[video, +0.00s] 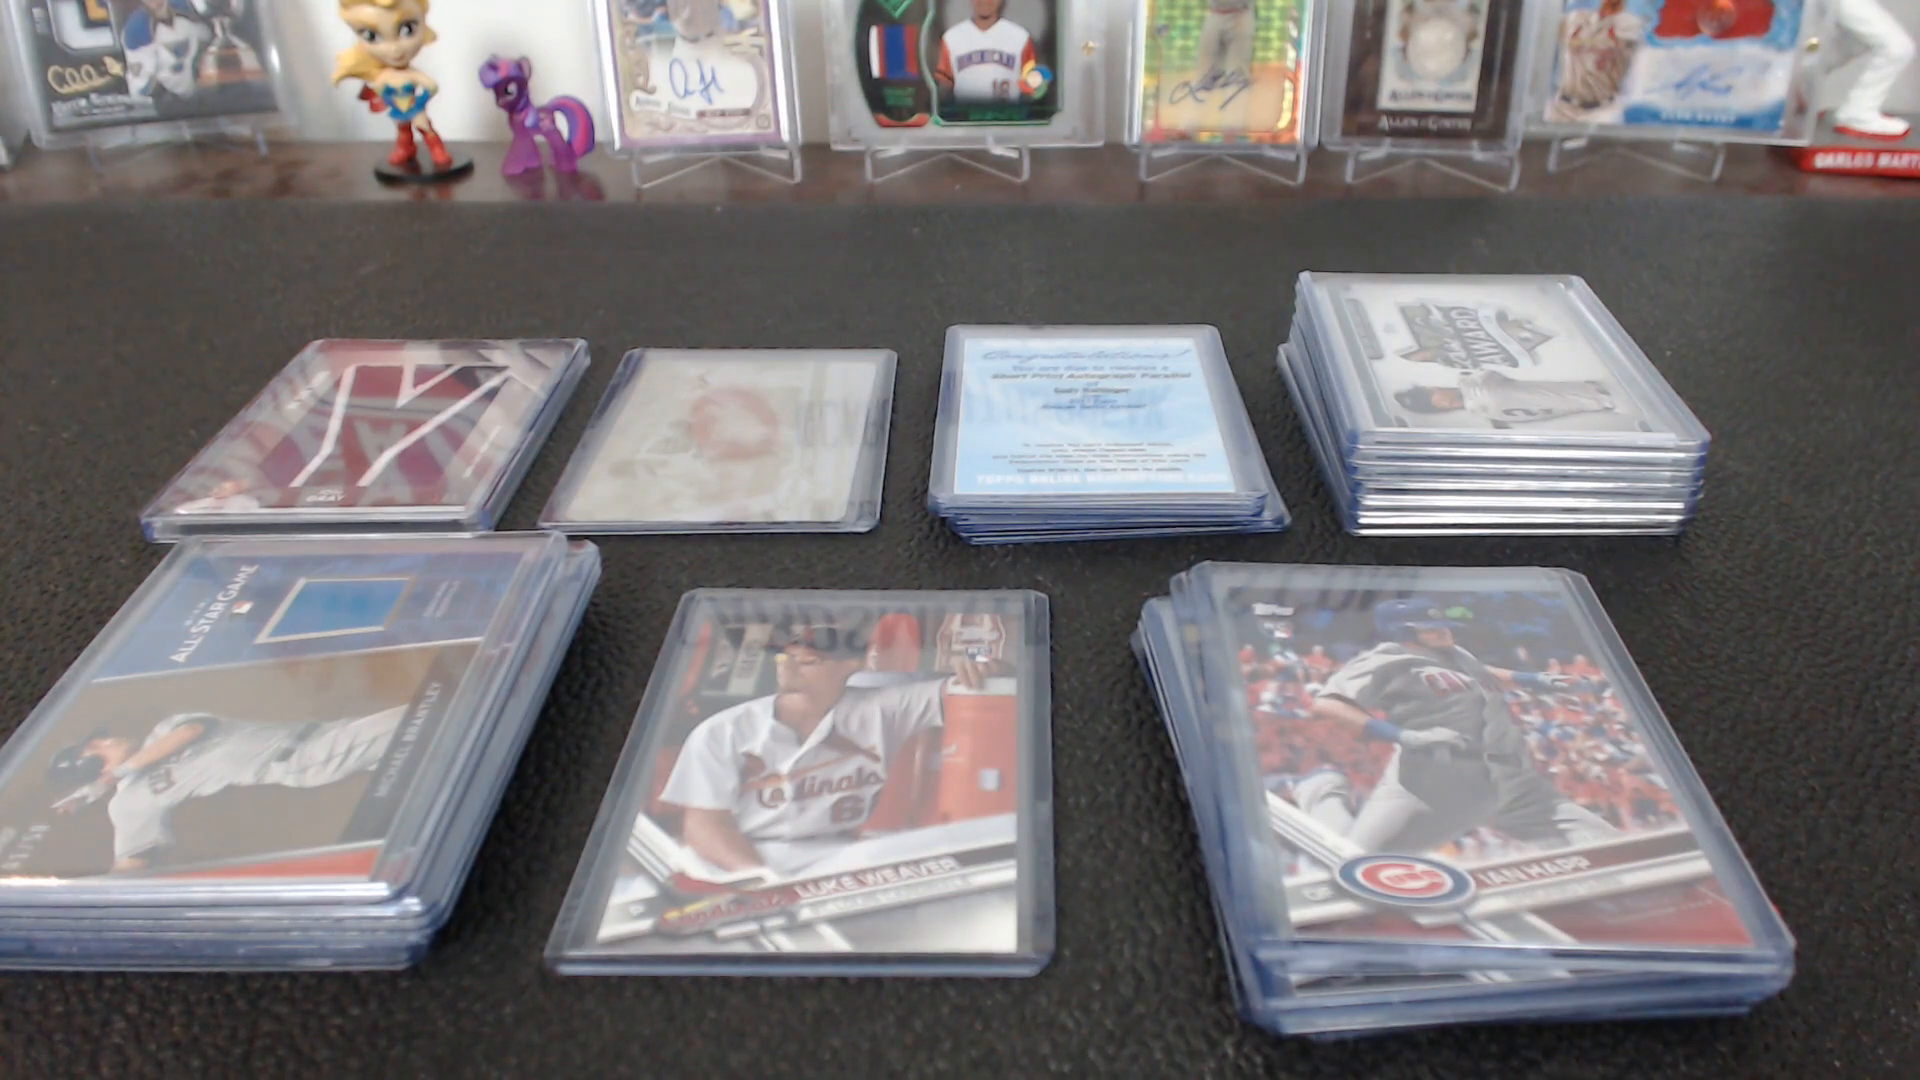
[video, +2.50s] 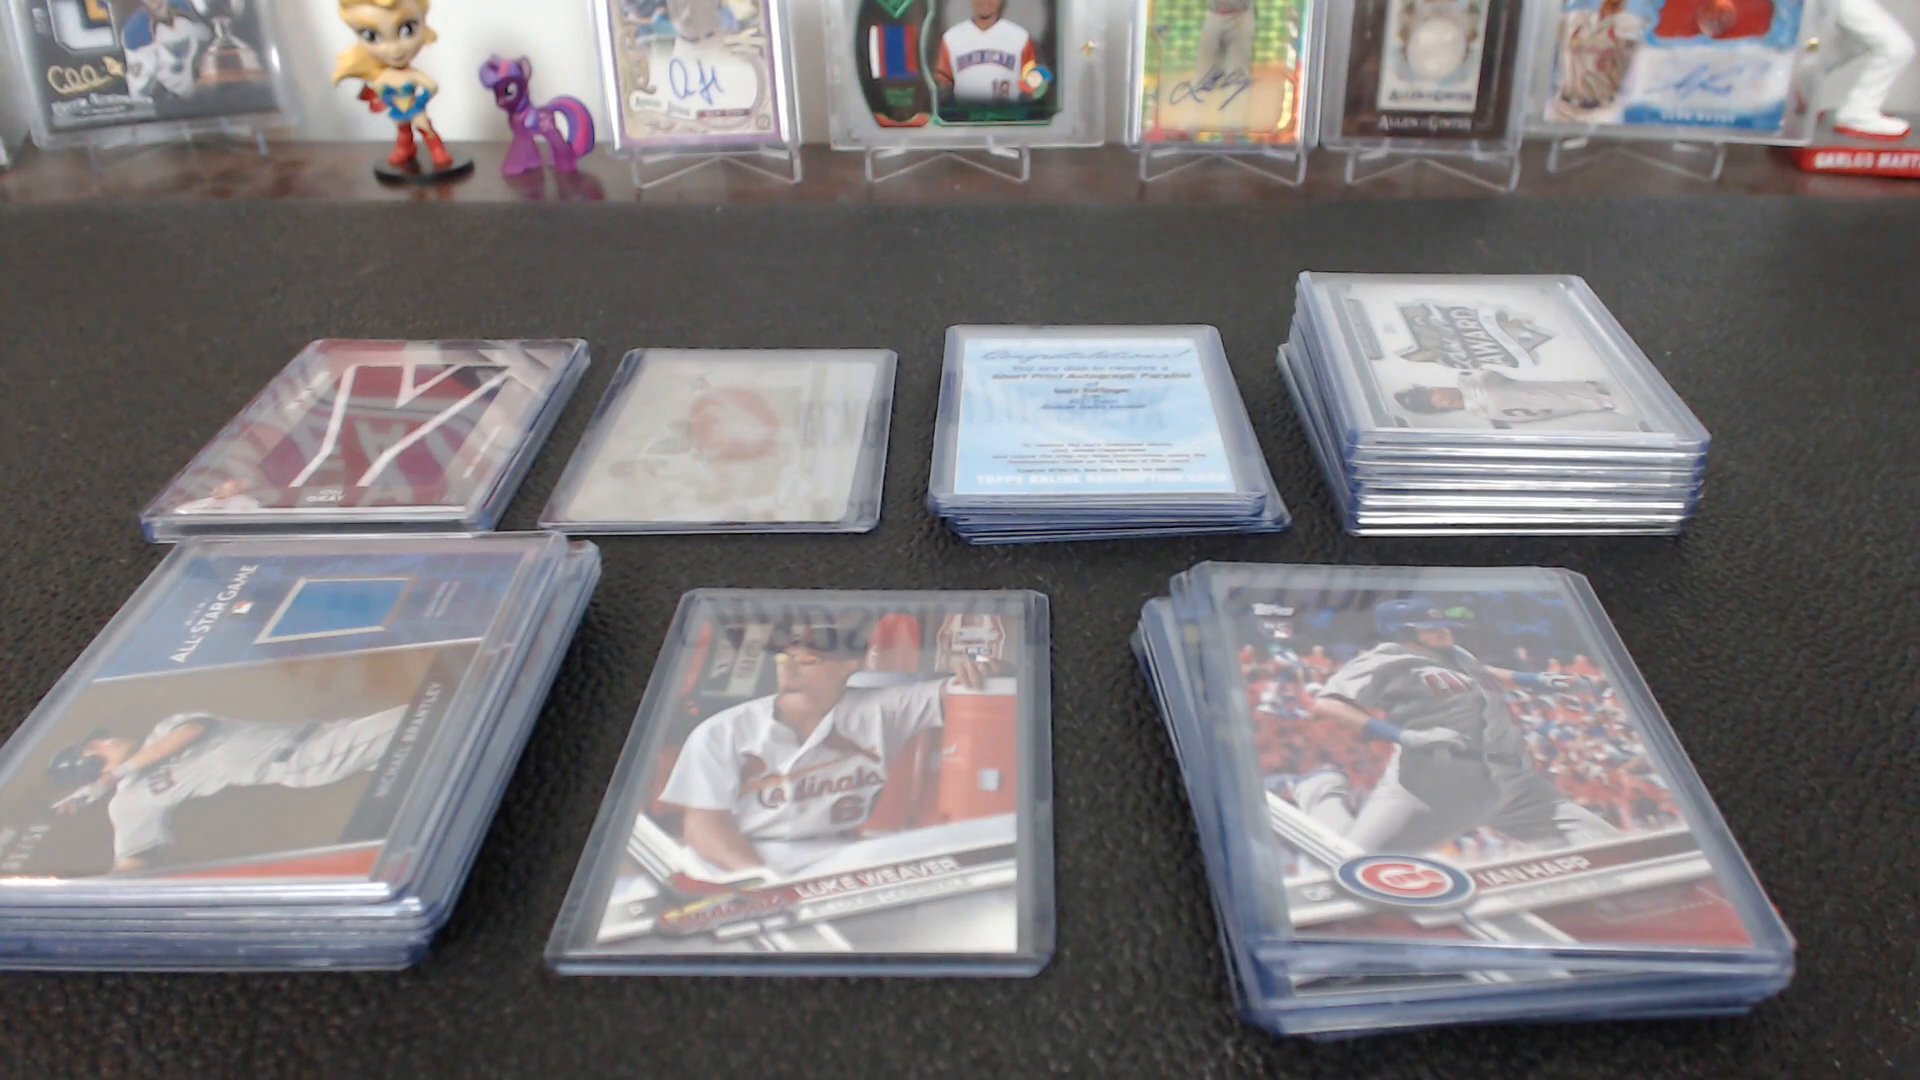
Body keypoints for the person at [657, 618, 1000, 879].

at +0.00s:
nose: (798, 655)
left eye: (820, 645)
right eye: (789, 643)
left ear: (853, 660)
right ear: (776, 654)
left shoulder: (877, 712)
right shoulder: (720, 735)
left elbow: (962, 689)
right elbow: (703, 829)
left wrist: (975, 670)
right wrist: (767, 883)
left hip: (828, 866)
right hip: (731, 870)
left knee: (891, 850)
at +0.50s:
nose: (797, 656)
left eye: (818, 648)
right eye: (789, 644)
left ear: (853, 663)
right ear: (776, 655)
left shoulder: (876, 713)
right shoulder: (720, 735)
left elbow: (959, 690)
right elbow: (703, 829)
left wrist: (972, 670)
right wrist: (766, 883)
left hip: (827, 866)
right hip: (729, 870)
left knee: (892, 851)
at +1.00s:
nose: (799, 656)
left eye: (820, 646)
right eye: (789, 644)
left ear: (854, 661)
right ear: (776, 656)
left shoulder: (877, 713)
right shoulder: (719, 735)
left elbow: (959, 690)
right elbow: (703, 829)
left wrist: (972, 674)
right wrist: (767, 883)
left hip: (829, 868)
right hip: (730, 872)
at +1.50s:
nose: (800, 654)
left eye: (821, 646)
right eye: (790, 643)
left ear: (854, 662)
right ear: (776, 655)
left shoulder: (876, 713)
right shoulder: (720, 735)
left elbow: (959, 690)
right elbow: (703, 830)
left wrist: (972, 674)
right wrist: (768, 884)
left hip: (830, 868)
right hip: (730, 873)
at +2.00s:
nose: (797, 657)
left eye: (818, 647)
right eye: (789, 644)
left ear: (853, 664)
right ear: (776, 655)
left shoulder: (875, 716)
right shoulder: (720, 735)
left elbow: (954, 691)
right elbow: (703, 828)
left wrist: (973, 674)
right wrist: (767, 883)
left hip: (827, 866)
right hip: (730, 870)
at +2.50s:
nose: (795, 657)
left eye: (817, 647)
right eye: (787, 645)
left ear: (853, 663)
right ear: (776, 655)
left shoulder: (875, 715)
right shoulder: (720, 735)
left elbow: (954, 691)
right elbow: (703, 828)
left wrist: (973, 672)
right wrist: (767, 883)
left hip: (827, 867)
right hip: (729, 872)